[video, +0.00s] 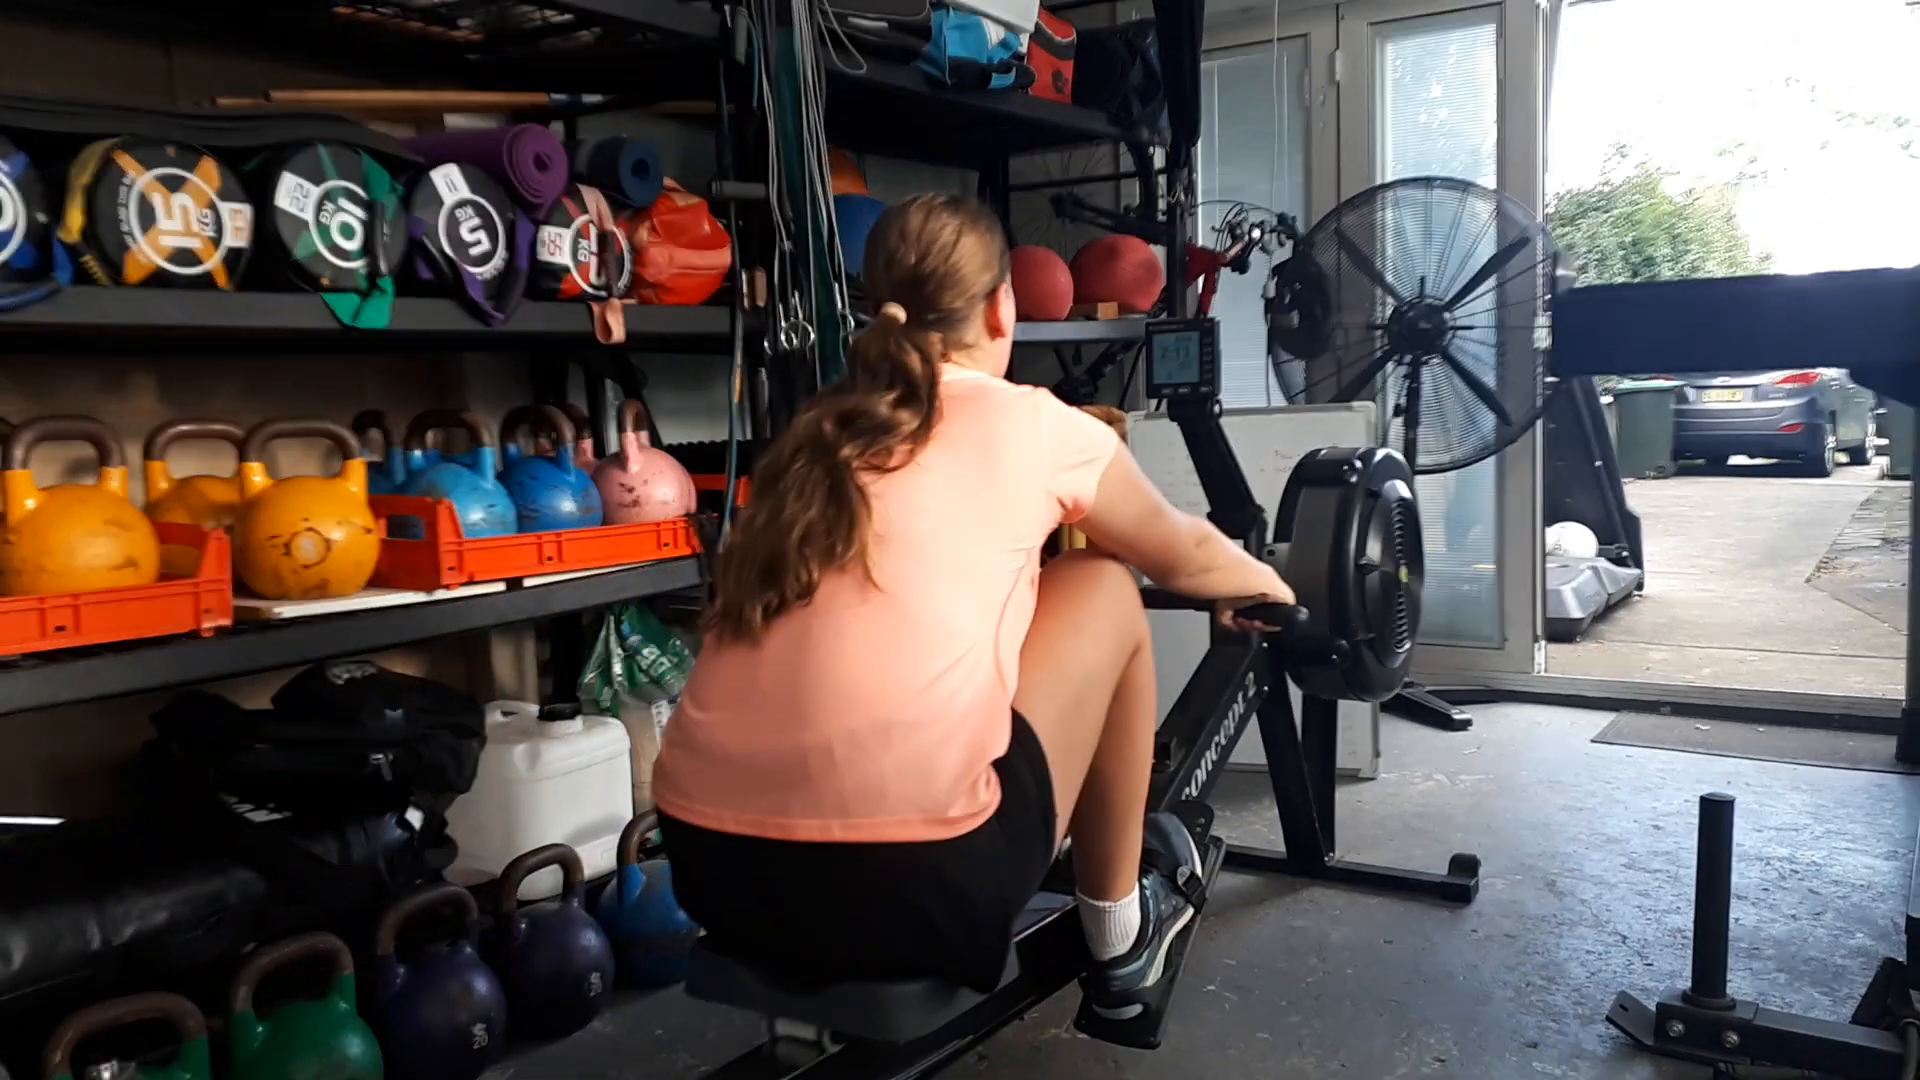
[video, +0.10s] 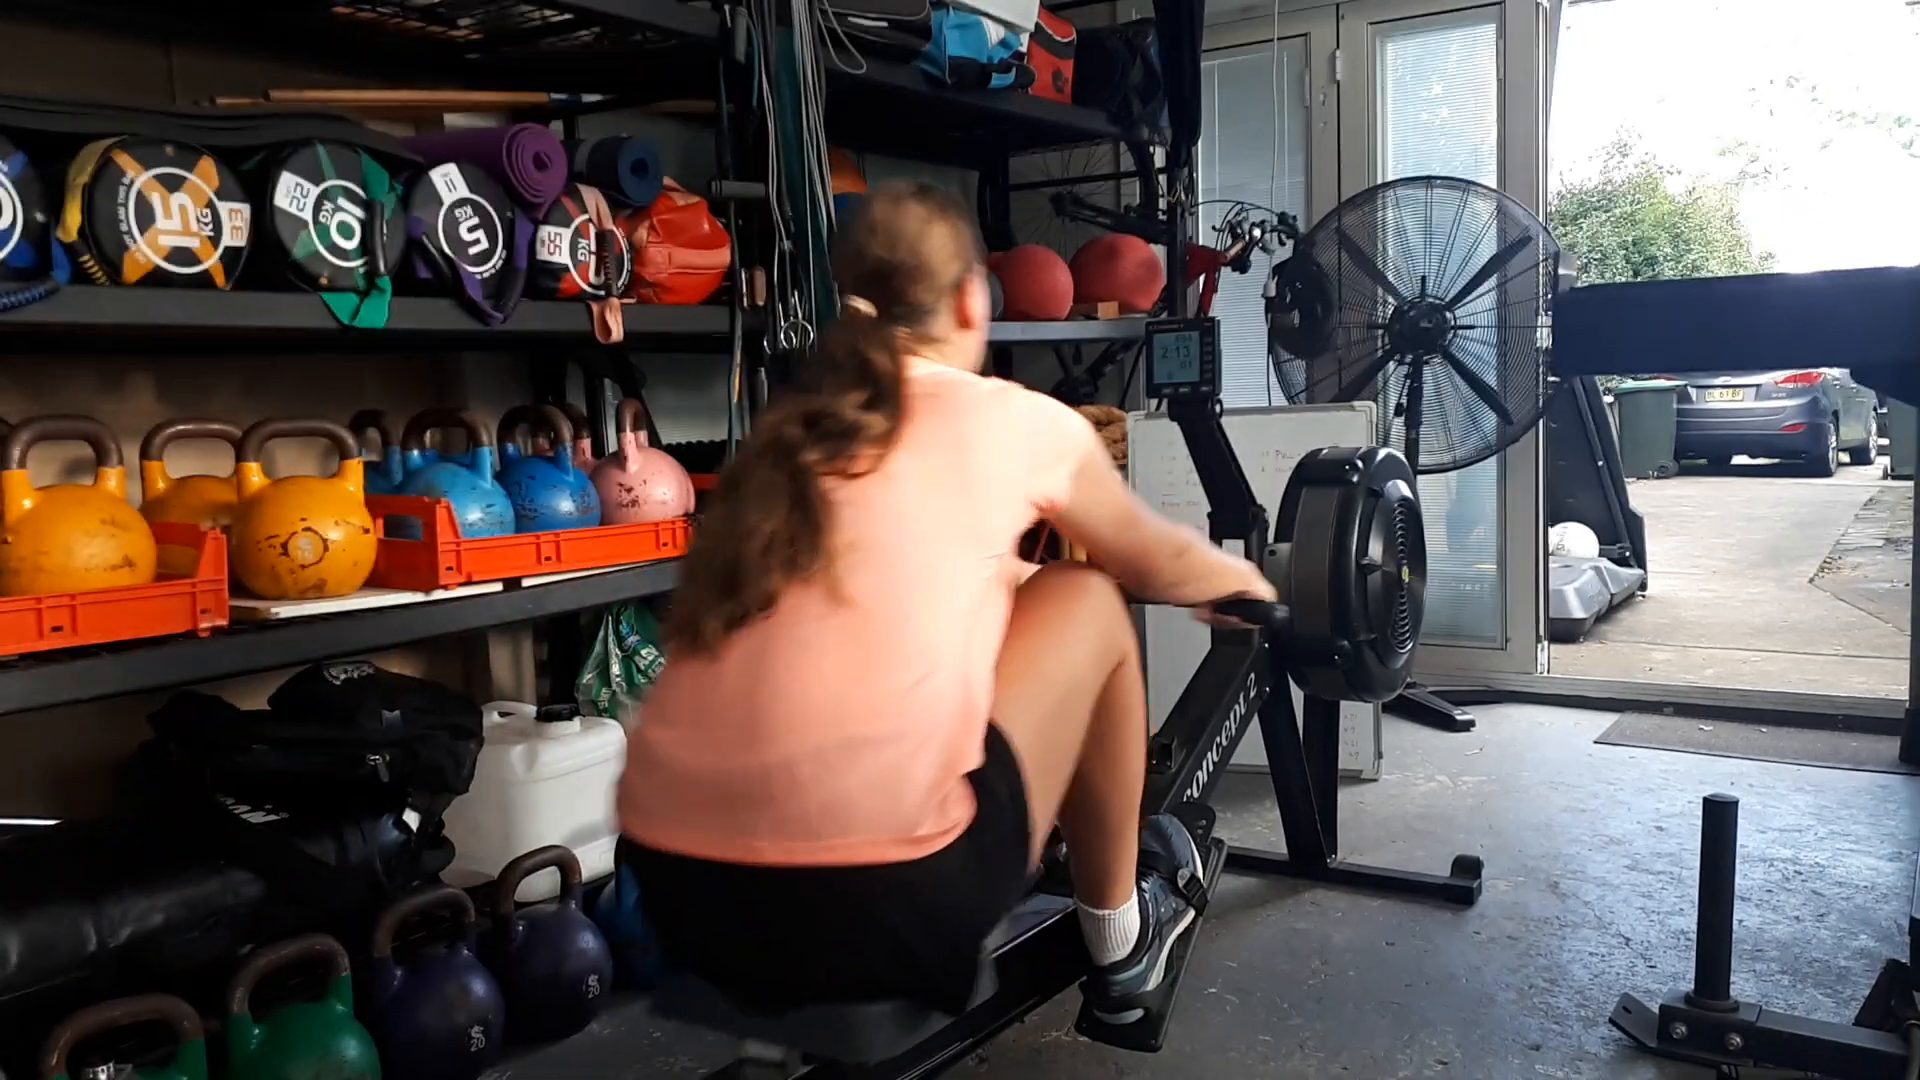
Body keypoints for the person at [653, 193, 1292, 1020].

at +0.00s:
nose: (1016, 314)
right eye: (1014, 296)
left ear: (873, 313)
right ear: (1000, 312)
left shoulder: (813, 429)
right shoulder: (1040, 429)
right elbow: (1180, 550)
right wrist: (1255, 580)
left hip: (722, 888)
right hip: (914, 900)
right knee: (1108, 583)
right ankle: (1119, 950)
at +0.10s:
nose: (990, 307)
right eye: (987, 288)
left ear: (846, 306)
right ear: (970, 302)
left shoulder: (788, 420)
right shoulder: (1023, 424)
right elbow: (1152, 557)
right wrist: (1236, 580)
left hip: (686, 907)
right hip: (882, 918)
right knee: (1091, 594)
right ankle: (1119, 957)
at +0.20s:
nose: (931, 279)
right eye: (927, 259)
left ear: (771, 277)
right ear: (907, 275)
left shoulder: (718, 409)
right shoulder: (960, 409)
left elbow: (791, 562)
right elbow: (1103, 558)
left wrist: (948, 559)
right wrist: (1180, 556)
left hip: (615, 926)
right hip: (816, 935)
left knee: (924, 600)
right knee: (1057, 621)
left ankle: (967, 903)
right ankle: (1122, 956)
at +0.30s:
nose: (843, 248)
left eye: (838, 223)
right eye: (836, 222)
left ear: (677, 232)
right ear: (807, 235)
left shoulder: (612, 386)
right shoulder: (868, 393)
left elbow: (717, 523)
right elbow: (1032, 542)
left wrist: (897, 554)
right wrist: (1128, 544)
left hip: (512, 954)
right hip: (721, 966)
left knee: (839, 638)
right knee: (1026, 664)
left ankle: (956, 891)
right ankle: (1122, 944)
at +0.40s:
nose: (720, 242)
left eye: (717, 212)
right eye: (713, 209)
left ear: (528, 208)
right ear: (667, 215)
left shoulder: (457, 382)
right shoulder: (724, 394)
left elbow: (691, 510)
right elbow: (945, 531)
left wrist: (869, 550)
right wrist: (1066, 535)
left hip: (407, 1003)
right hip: (624, 1018)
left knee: (810, 698)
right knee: (996, 726)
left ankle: (953, 887)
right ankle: (1123, 932)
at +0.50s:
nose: (594, 264)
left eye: (595, 234)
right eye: (587, 232)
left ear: (393, 219)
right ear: (529, 231)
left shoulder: (283, 399)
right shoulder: (553, 407)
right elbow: (816, 581)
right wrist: (948, 560)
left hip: (336, 1028)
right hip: (564, 1029)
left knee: (785, 762)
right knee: (945, 788)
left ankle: (913, 898)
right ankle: (1120, 926)